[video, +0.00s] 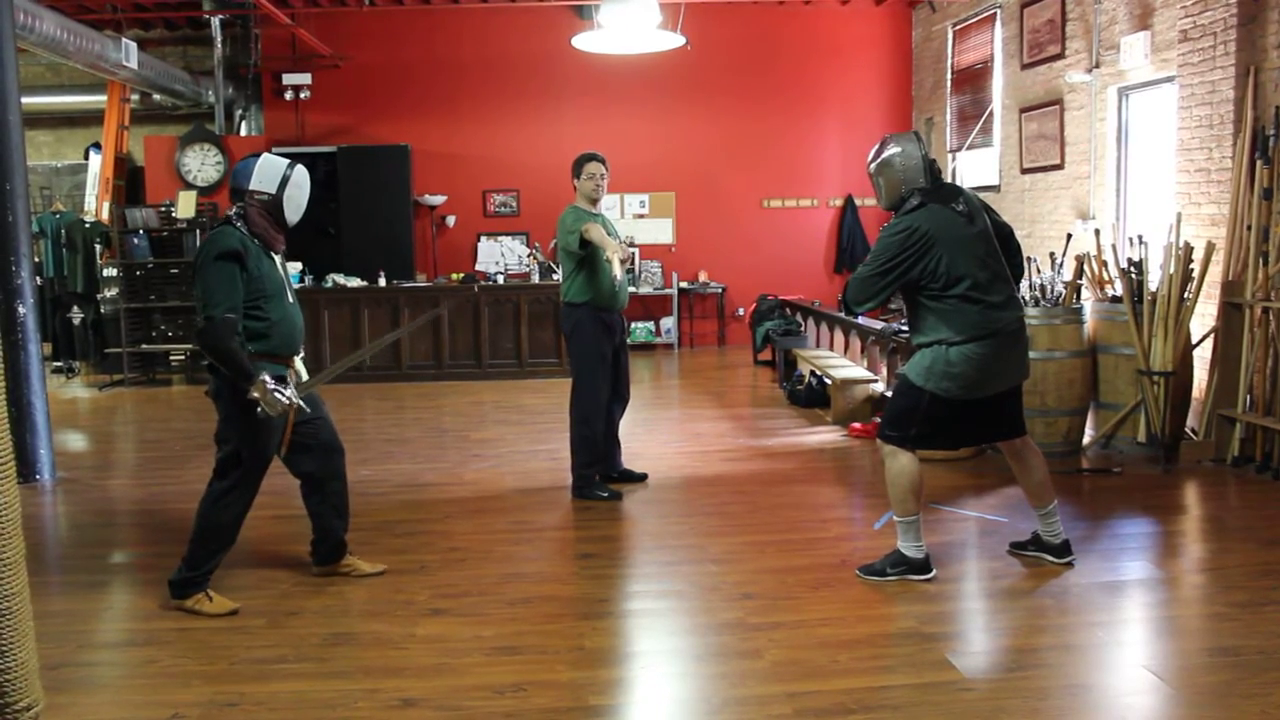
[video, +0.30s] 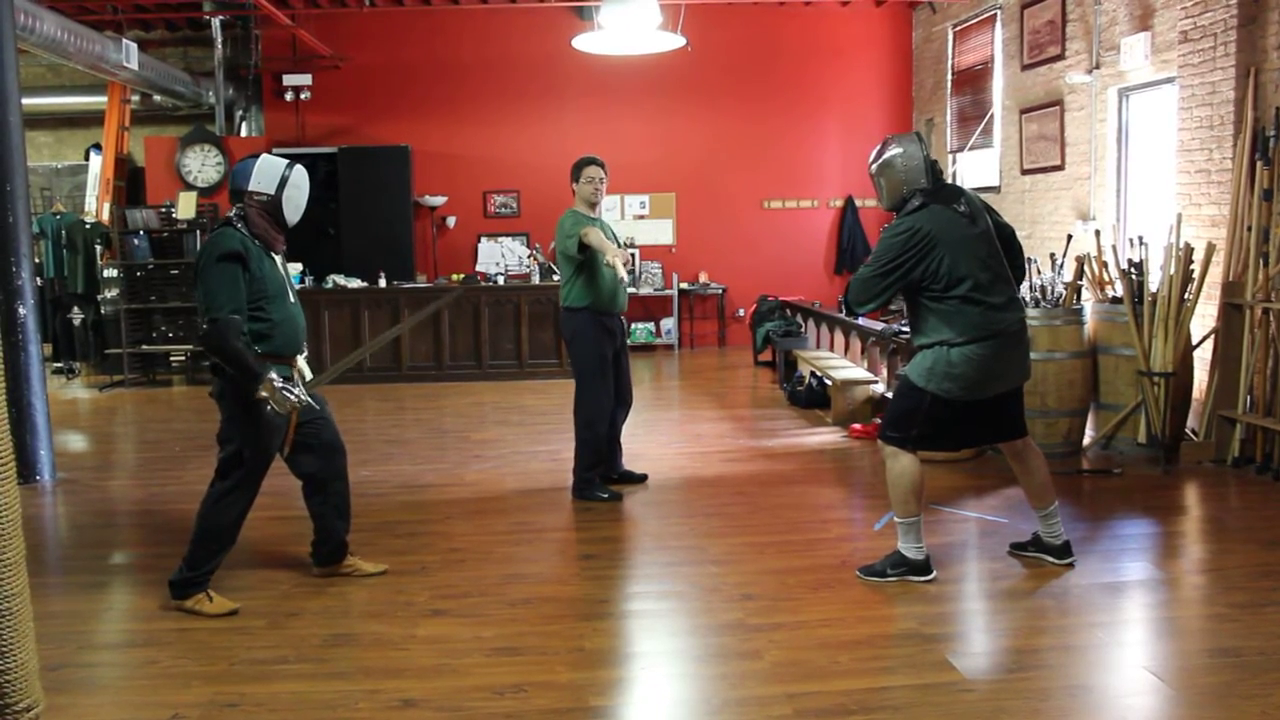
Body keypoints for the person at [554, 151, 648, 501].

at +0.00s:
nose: (597, 182)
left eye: (602, 176)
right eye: (590, 176)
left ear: (607, 182)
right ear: (576, 182)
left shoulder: (604, 221)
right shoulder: (572, 215)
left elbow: (618, 253)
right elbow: (591, 232)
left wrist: (625, 254)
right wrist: (613, 248)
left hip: (610, 315)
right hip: (585, 316)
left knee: (615, 394)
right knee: (590, 396)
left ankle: (609, 467)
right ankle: (584, 480)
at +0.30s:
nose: (596, 186)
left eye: (601, 180)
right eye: (589, 180)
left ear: (606, 186)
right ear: (575, 186)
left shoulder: (603, 226)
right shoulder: (571, 219)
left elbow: (614, 256)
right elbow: (590, 236)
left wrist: (622, 257)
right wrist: (612, 252)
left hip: (610, 319)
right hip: (584, 319)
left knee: (619, 398)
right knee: (594, 399)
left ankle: (610, 468)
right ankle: (585, 482)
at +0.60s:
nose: (596, 187)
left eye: (600, 181)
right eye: (588, 181)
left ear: (605, 187)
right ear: (574, 187)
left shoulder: (603, 226)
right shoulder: (571, 220)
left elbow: (615, 255)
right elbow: (591, 237)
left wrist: (623, 258)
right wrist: (612, 253)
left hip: (611, 320)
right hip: (585, 320)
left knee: (619, 398)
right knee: (595, 399)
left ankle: (610, 469)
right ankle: (585, 481)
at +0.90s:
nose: (597, 187)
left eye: (601, 181)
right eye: (589, 181)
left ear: (605, 187)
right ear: (574, 187)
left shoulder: (604, 226)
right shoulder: (570, 221)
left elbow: (614, 256)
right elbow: (590, 237)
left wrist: (622, 257)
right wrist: (613, 253)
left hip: (611, 320)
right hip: (585, 322)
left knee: (621, 398)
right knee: (596, 400)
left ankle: (609, 469)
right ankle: (586, 482)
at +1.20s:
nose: (595, 185)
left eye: (598, 179)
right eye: (587, 179)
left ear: (603, 186)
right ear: (572, 186)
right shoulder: (570, 221)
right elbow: (586, 236)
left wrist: (632, 251)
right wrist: (614, 243)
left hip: (613, 320)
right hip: (585, 320)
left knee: (622, 399)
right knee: (595, 401)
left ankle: (604, 462)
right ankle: (586, 481)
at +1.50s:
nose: (600, 179)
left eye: (604, 175)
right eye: (593, 173)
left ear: (607, 184)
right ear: (579, 182)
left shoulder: (608, 226)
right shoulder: (574, 223)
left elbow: (624, 266)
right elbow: (570, 211)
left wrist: (652, 291)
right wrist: (576, 183)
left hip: (612, 319)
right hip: (584, 318)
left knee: (615, 400)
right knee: (592, 399)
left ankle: (597, 466)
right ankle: (585, 481)